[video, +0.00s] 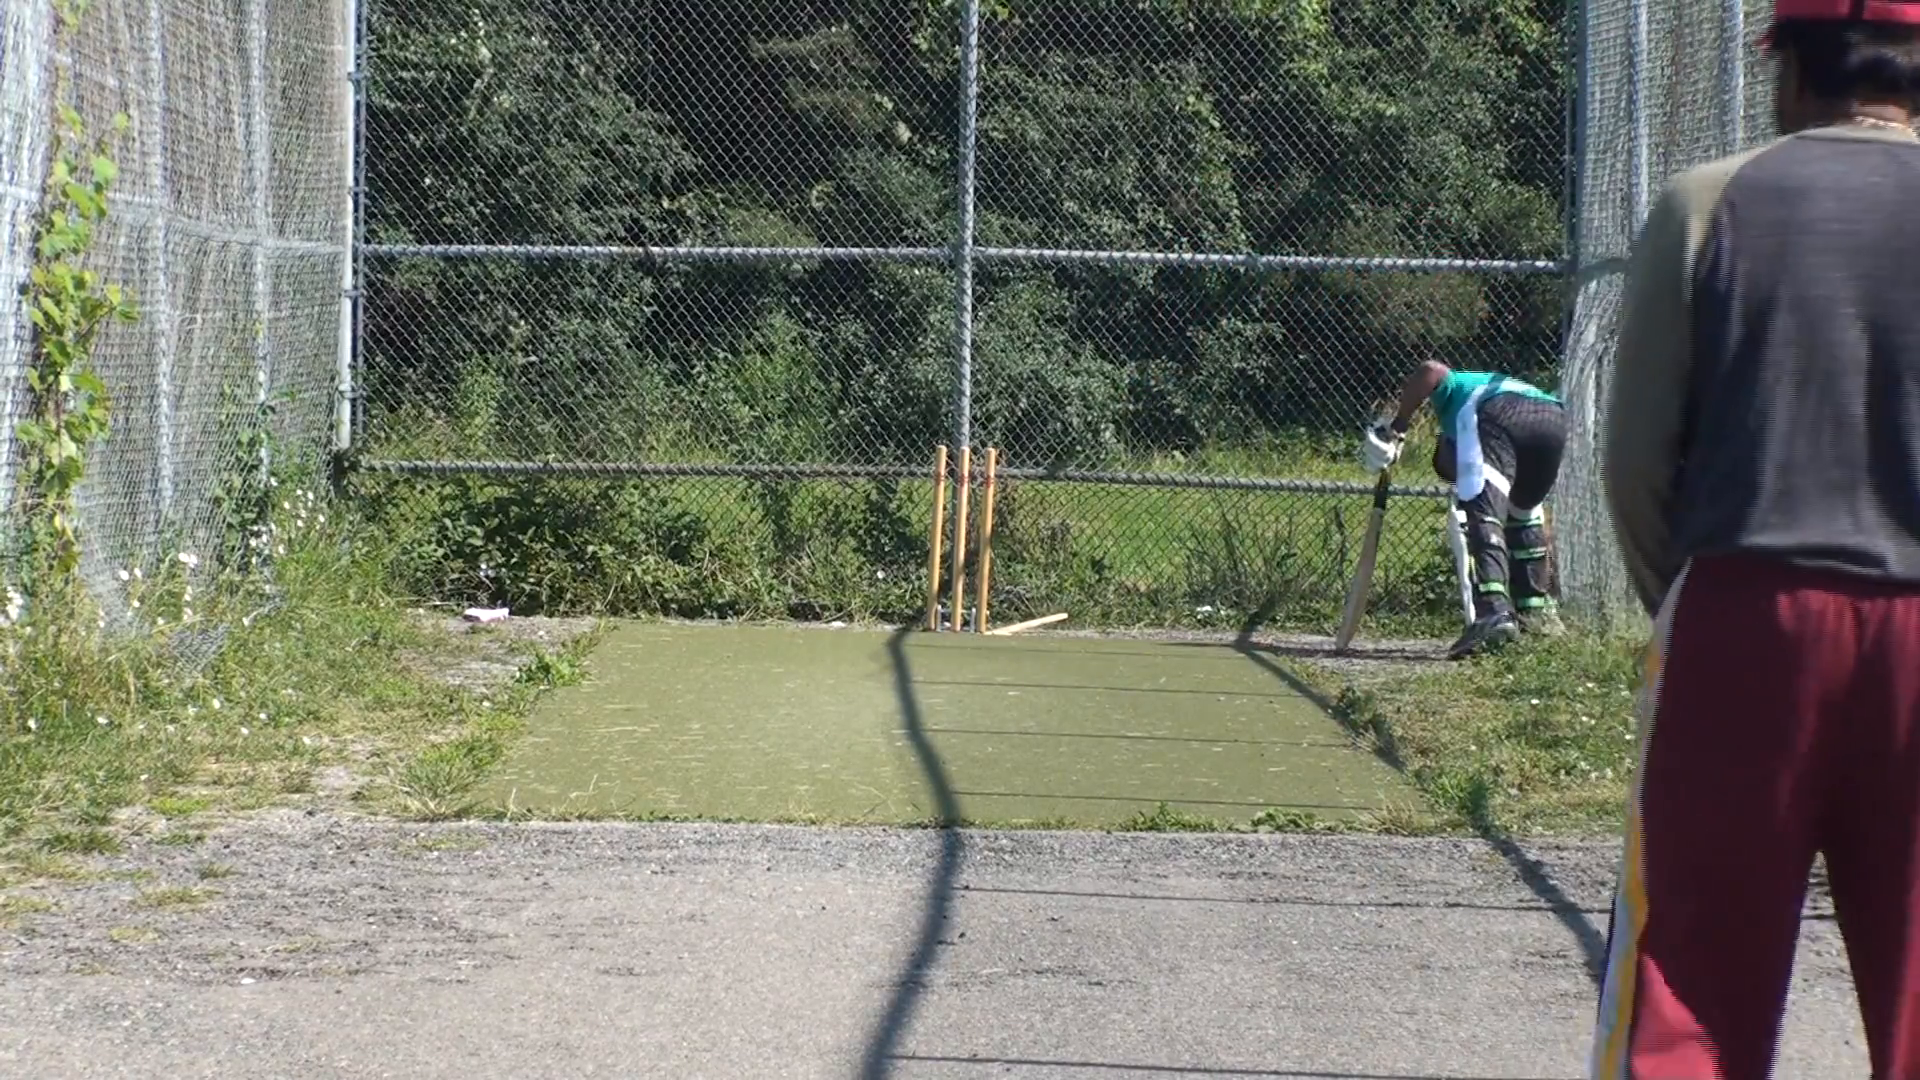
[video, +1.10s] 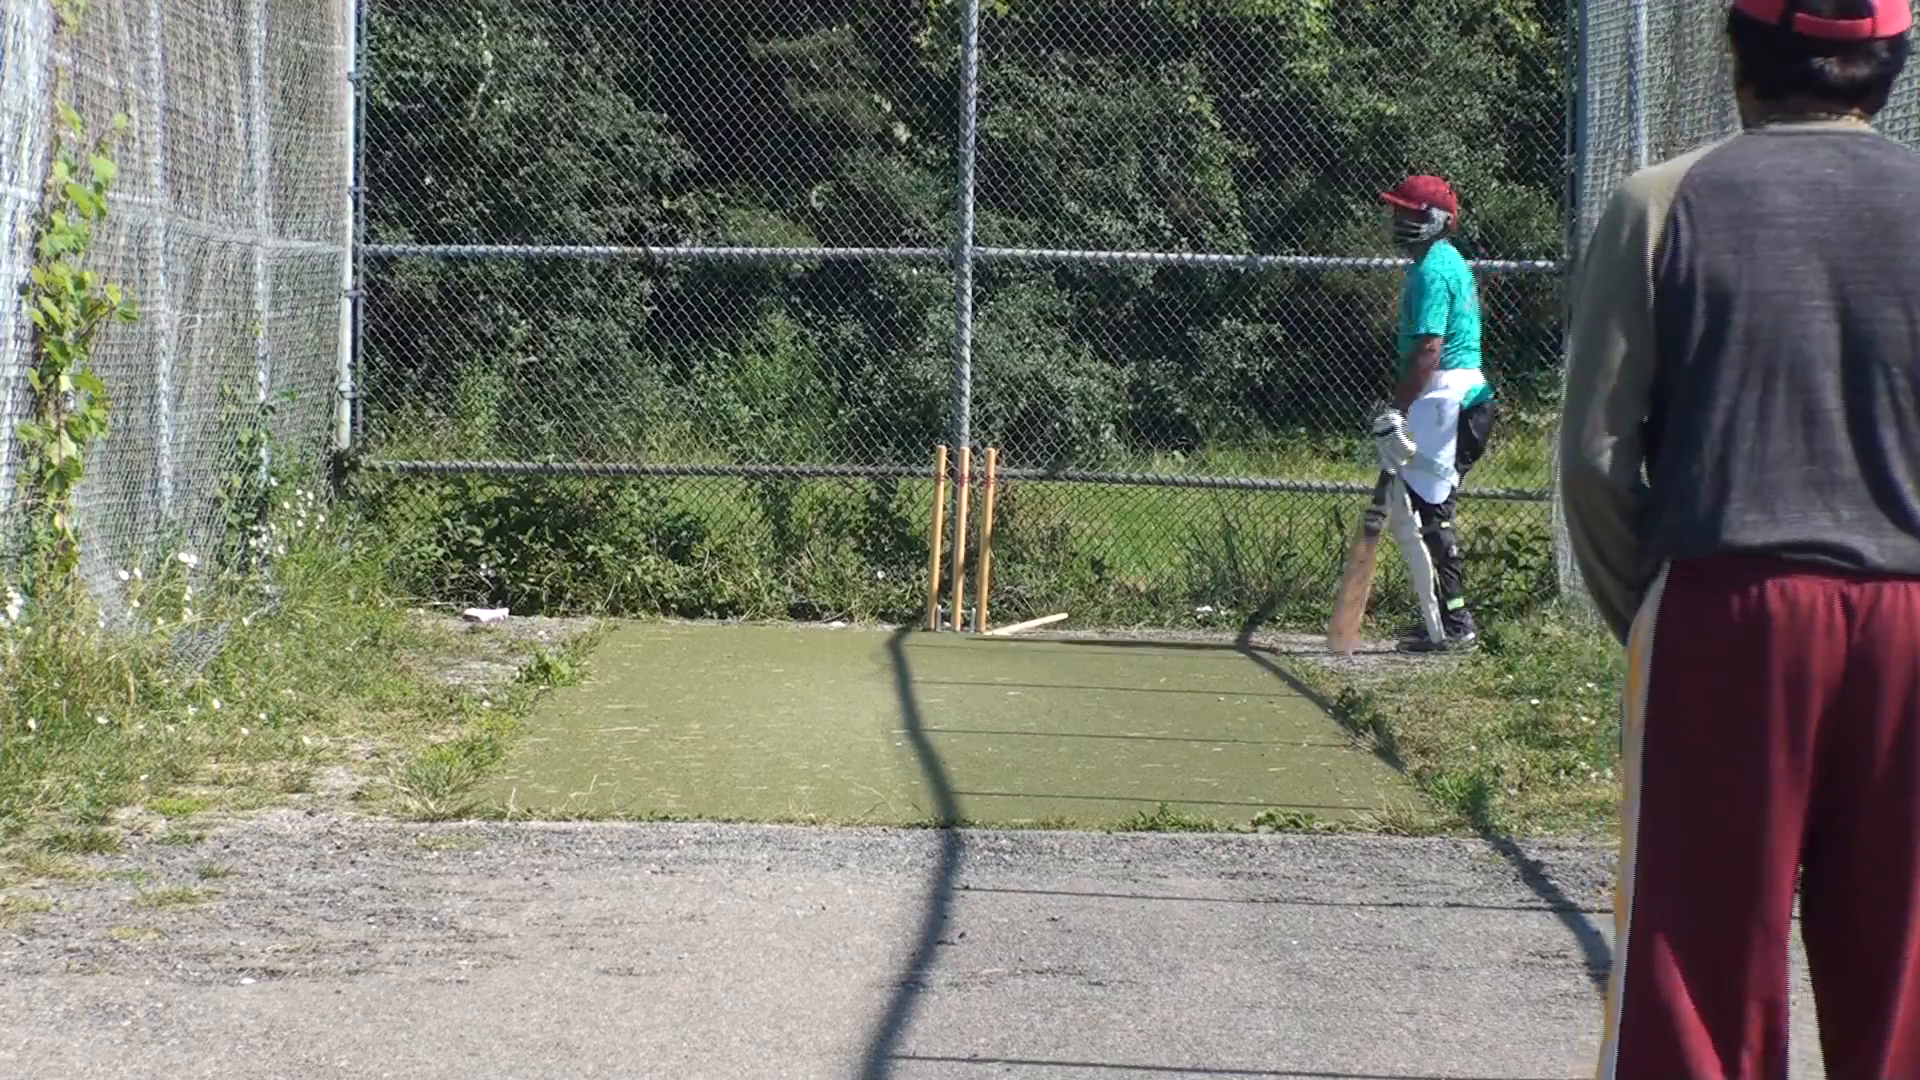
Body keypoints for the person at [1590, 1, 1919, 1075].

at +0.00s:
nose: (1769, 81)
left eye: (1773, 61)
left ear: (1787, 67)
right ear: (1912, 77)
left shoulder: (1706, 201)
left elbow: (1636, 459)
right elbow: (1640, 461)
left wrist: (1698, 615)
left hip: (1749, 634)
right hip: (1910, 646)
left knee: (1697, 995)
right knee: (1913, 1001)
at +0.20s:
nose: (1695, 108)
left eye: (1699, 86)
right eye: (1698, 88)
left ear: (1727, 75)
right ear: (1855, 76)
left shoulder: (1640, 219)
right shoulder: (1909, 199)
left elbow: (1568, 482)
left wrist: (1662, 593)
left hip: (1710, 645)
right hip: (1896, 653)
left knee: (1708, 999)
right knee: (1895, 1003)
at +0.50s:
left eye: (1659, 61)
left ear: (1667, 72)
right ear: (1817, 68)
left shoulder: (1593, 218)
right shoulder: (1899, 199)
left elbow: (1500, 482)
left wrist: (1583, 658)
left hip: (1685, 637)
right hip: (1887, 637)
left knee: (1674, 994)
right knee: (1883, 990)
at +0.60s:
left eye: (1672, 52)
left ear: (1680, 68)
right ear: (1829, 67)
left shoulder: (1603, 212)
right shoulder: (1902, 196)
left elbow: (1508, 478)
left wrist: (1573, 659)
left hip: (1687, 642)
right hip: (1888, 644)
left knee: (1675, 1002)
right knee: (1876, 1000)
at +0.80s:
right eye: (1849, 38)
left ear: (1710, 57)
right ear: (1859, 66)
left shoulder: (1628, 203)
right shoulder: (1907, 196)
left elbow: (1547, 472)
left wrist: (1619, 635)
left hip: (1700, 629)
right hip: (1893, 632)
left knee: (1682, 982)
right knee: (1877, 985)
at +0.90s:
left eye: (1724, 43)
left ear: (1727, 62)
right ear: (1871, 69)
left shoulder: (1641, 203)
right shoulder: (1908, 194)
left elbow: (1570, 459)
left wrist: (1634, 615)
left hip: (1712, 628)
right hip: (1897, 632)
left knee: (1688, 970)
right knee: (1883, 976)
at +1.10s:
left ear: (1742, 59)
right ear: (1885, 72)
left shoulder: (1662, 200)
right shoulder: (1912, 191)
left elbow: (1592, 460)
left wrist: (1660, 625)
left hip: (1733, 622)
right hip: (1904, 625)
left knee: (1706, 964)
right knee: (1896, 968)